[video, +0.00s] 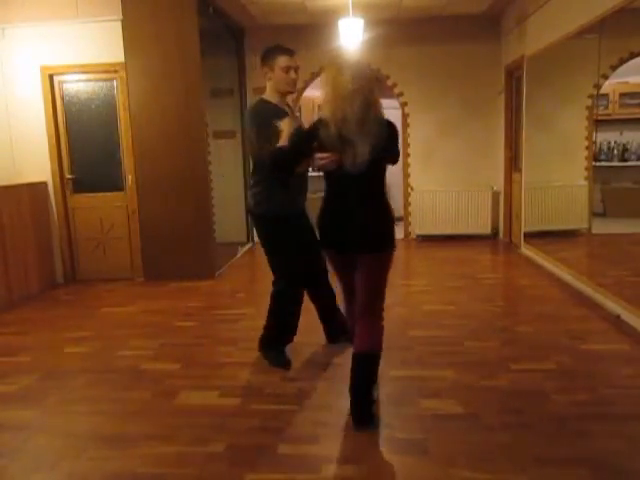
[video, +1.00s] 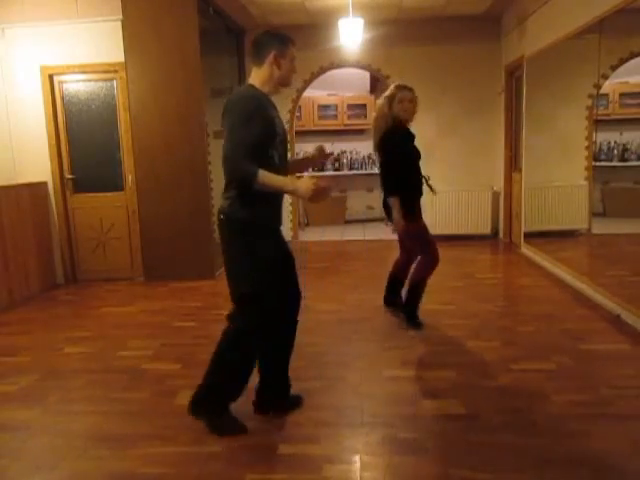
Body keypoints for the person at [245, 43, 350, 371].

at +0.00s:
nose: (294, 76)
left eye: (296, 70)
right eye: (287, 70)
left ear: (297, 73)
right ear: (267, 73)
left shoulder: (291, 111)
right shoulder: (260, 112)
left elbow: (303, 152)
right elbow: (267, 163)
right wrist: (285, 140)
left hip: (292, 207)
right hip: (270, 209)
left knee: (314, 269)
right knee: (291, 275)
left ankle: (336, 328)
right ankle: (272, 343)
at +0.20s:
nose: (297, 77)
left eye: (297, 70)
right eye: (291, 70)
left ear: (274, 74)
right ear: (268, 72)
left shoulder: (278, 112)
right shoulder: (260, 113)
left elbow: (300, 142)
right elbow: (269, 169)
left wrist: (344, 124)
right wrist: (319, 164)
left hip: (280, 209)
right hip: (266, 211)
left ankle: (318, 329)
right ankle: (264, 345)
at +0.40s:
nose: (299, 77)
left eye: (299, 70)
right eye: (293, 69)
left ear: (272, 72)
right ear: (272, 70)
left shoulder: (270, 111)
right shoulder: (263, 113)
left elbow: (281, 165)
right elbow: (276, 170)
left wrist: (315, 160)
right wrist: (328, 163)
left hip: (266, 213)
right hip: (271, 215)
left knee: (272, 280)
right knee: (319, 271)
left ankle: (264, 344)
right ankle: (281, 347)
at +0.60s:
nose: (300, 76)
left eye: (301, 68)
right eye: (297, 68)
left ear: (272, 67)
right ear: (279, 66)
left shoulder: (261, 106)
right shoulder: (266, 109)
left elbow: (281, 165)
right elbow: (286, 167)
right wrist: (335, 160)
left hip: (260, 216)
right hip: (274, 218)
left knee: (266, 288)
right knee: (299, 292)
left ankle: (264, 364)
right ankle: (271, 376)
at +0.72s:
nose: (301, 71)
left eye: (301, 64)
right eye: (298, 64)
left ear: (274, 62)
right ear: (281, 62)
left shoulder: (262, 101)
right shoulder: (262, 104)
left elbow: (275, 162)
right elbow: (275, 164)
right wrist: (327, 167)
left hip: (264, 217)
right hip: (270, 219)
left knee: (273, 290)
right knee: (293, 295)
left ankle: (244, 342)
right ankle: (269, 377)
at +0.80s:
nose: (300, 71)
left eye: (300, 64)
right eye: (297, 63)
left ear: (275, 62)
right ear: (280, 62)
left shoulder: (268, 103)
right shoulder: (257, 103)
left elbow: (277, 164)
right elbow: (267, 166)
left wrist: (318, 168)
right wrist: (323, 172)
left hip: (277, 220)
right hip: (261, 221)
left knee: (295, 295)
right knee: (278, 297)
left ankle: (268, 376)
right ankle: (231, 349)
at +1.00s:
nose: (294, 73)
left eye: (294, 65)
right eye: (292, 65)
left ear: (267, 60)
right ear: (275, 61)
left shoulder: (260, 104)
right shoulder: (246, 102)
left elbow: (264, 168)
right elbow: (239, 169)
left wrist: (302, 164)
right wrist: (293, 186)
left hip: (263, 223)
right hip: (244, 225)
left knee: (285, 301)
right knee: (254, 309)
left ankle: (272, 393)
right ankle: (210, 401)